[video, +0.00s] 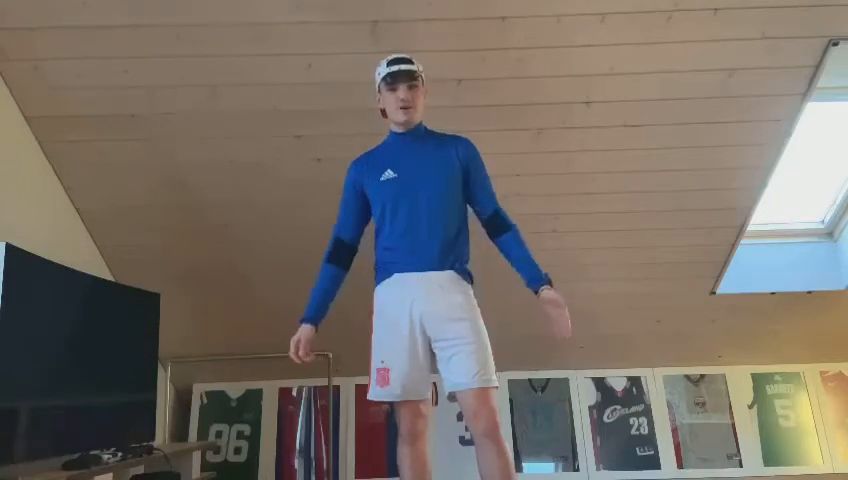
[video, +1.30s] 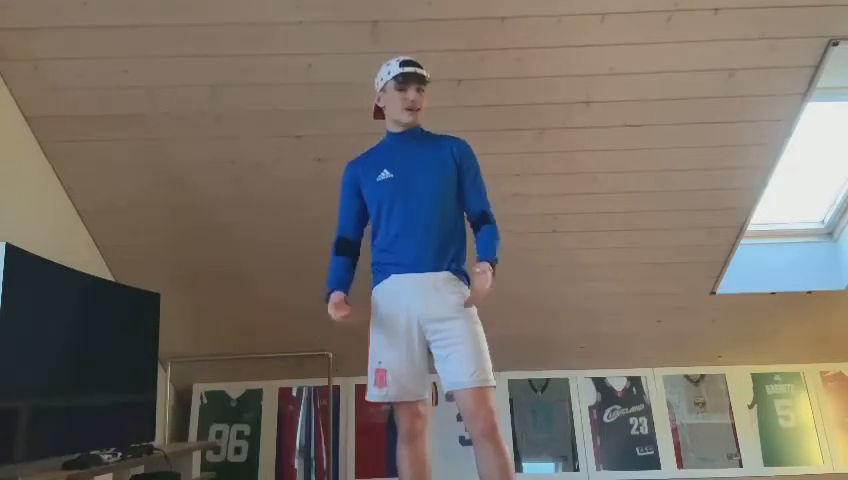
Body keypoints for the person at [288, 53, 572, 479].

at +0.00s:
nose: (403, 95)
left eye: (411, 86)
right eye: (393, 88)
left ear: (424, 95)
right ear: (380, 103)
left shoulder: (459, 150)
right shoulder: (365, 167)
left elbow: (497, 223)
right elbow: (341, 248)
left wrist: (541, 284)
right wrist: (309, 321)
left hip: (452, 294)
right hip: (394, 301)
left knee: (484, 419)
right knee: (411, 423)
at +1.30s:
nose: (413, 95)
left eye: (419, 87)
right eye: (402, 87)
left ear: (426, 96)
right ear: (380, 99)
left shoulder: (454, 150)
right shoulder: (361, 168)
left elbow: (482, 218)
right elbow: (348, 239)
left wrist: (486, 262)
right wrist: (337, 288)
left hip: (451, 294)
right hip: (394, 299)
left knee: (482, 417)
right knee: (411, 422)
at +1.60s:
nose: (412, 95)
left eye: (420, 88)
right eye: (401, 87)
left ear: (428, 98)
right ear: (383, 100)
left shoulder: (456, 151)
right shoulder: (362, 165)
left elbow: (479, 226)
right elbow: (352, 244)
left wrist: (440, 259)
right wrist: (388, 266)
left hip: (448, 294)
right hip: (391, 299)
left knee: (482, 418)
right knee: (410, 422)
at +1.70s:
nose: (411, 94)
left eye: (419, 88)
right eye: (400, 87)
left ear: (428, 98)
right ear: (383, 101)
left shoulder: (457, 152)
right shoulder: (363, 166)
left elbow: (482, 226)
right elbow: (352, 244)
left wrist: (442, 262)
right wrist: (393, 267)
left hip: (449, 296)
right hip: (391, 301)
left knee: (482, 419)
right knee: (410, 422)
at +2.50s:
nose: (417, 114)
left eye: (425, 104)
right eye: (408, 104)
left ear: (433, 104)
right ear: (386, 102)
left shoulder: (459, 151)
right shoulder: (367, 171)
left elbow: (500, 212)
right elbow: (355, 252)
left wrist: (455, 225)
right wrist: (393, 251)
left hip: (469, 289)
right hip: (412, 295)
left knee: (510, 407)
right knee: (419, 420)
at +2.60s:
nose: (424, 111)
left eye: (432, 101)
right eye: (414, 101)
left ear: (441, 101)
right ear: (393, 99)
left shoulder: (467, 150)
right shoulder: (373, 168)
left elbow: (506, 214)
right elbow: (359, 249)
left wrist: (465, 228)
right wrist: (399, 249)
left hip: (473, 290)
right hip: (416, 295)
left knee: (510, 409)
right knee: (421, 421)